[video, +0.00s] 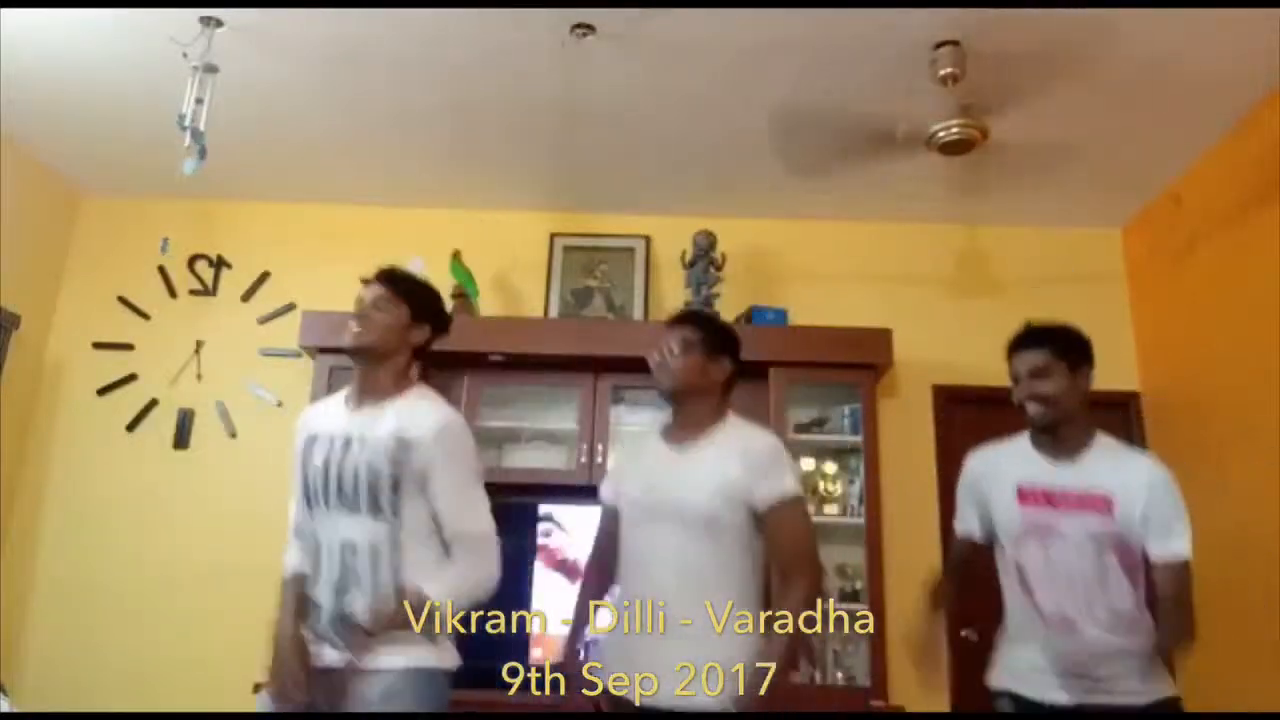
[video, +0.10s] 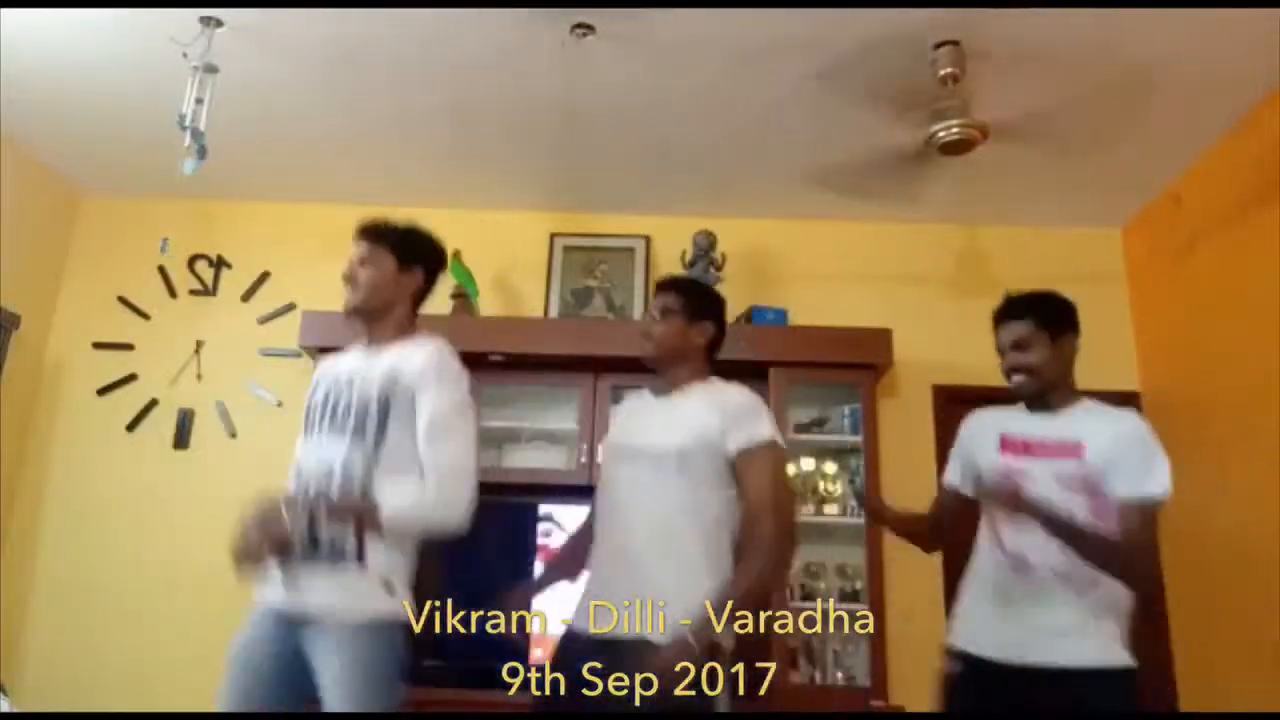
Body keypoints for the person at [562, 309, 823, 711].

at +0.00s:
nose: (662, 359)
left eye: (681, 350)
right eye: (661, 350)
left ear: (721, 368)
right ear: (653, 360)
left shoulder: (757, 451)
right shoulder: (632, 455)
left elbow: (800, 575)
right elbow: (602, 563)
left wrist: (772, 676)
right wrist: (572, 648)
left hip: (721, 690)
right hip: (628, 683)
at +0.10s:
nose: (646, 323)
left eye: (665, 315)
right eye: (648, 313)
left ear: (703, 333)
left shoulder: (736, 408)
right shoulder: (628, 411)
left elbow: (770, 541)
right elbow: (602, 521)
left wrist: (700, 639)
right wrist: (535, 586)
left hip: (679, 653)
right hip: (594, 644)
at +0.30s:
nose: (592, 381)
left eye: (608, 367)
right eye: (592, 367)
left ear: (650, 380)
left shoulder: (685, 451)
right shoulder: (595, 469)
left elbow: (688, 590)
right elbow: (556, 579)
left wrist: (714, 605)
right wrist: (476, 602)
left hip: (622, 686)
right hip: (550, 681)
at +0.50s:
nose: (587, 364)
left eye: (605, 353)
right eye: (586, 353)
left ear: (644, 367)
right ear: (582, 359)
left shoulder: (679, 436)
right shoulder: (578, 448)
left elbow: (693, 568)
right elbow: (524, 558)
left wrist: (739, 582)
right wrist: (426, 585)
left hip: (612, 671)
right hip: (531, 663)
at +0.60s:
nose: (600, 324)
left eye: (617, 314)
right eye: (595, 313)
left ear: (655, 334)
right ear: (584, 325)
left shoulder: (686, 402)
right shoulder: (572, 403)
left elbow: (711, 533)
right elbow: (529, 521)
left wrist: (741, 518)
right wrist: (422, 551)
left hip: (629, 632)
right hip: (542, 625)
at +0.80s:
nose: (618, 302)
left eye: (634, 292)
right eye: (611, 292)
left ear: (666, 315)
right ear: (599, 306)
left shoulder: (699, 387)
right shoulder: (574, 381)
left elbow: (747, 507)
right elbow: (537, 486)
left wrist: (755, 462)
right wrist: (489, 533)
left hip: (662, 609)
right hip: (564, 604)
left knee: (657, 707)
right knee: (543, 708)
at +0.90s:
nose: (632, 328)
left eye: (648, 318)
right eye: (622, 316)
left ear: (675, 334)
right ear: (609, 327)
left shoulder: (701, 412)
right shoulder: (576, 404)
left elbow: (752, 504)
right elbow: (543, 494)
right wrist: (520, 546)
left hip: (671, 637)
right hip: (573, 632)